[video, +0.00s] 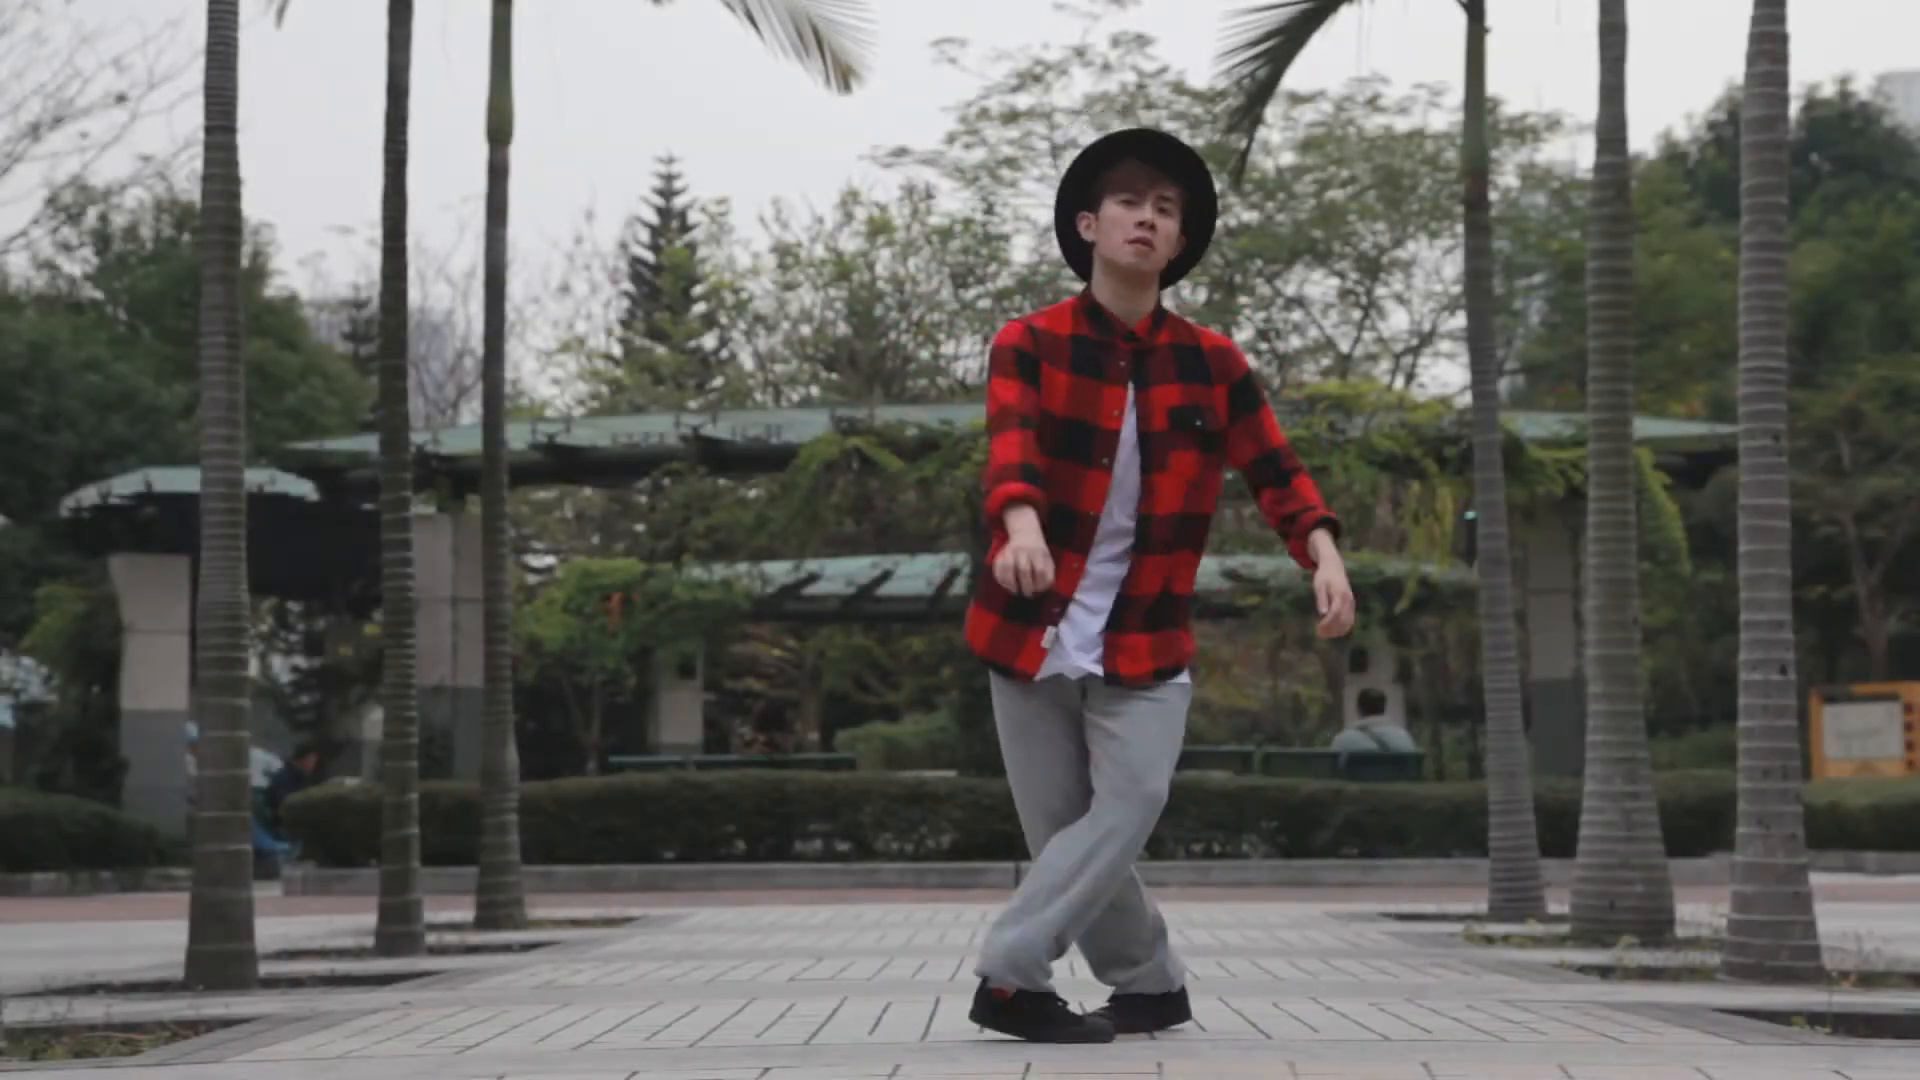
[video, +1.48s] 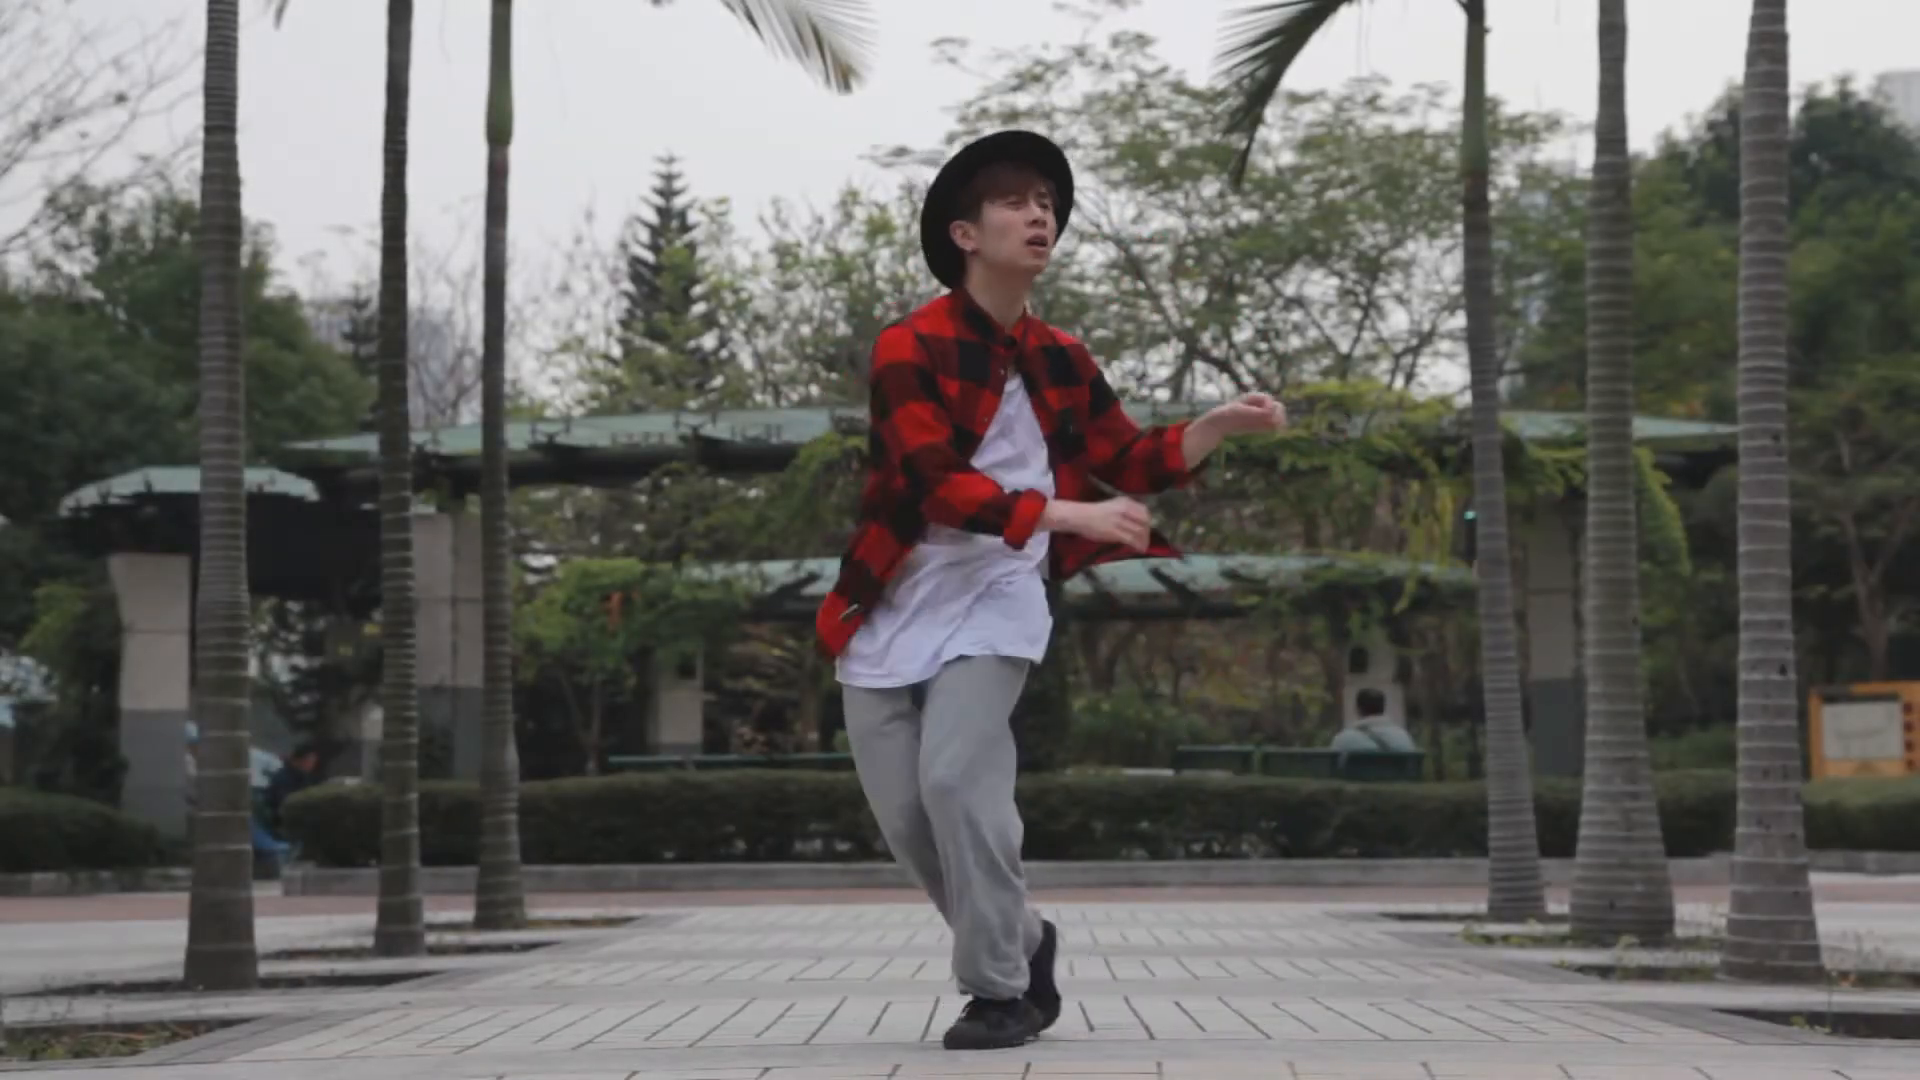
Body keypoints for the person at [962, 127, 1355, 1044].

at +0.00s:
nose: (1145, 216)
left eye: (1165, 205)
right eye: (1126, 199)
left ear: (1183, 237)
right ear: (1085, 224)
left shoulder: (1215, 361)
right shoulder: (1029, 343)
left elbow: (1275, 471)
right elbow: (1012, 448)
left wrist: (1323, 554)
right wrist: (1021, 522)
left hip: (1146, 630)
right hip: (1032, 619)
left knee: (1130, 806)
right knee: (1057, 824)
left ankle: (1010, 971)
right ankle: (1150, 980)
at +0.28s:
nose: (1155, 151)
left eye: (1171, 138)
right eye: (1136, 130)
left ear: (1183, 159)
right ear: (1087, 143)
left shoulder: (1158, 274)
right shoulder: (1046, 237)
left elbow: (1173, 380)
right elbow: (1052, 375)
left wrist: (1187, 402)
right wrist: (1147, 401)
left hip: (1101, 530)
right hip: (1001, 525)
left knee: (1147, 713)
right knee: (1007, 726)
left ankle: (1098, 925)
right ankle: (939, 921)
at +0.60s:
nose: (1078, 172)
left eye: (1095, 157)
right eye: (1055, 161)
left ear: (1127, 186)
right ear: (1025, 196)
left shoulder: (1150, 316)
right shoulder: (976, 294)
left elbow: (1155, 461)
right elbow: (878, 387)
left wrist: (1171, 407)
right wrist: (886, 441)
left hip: (1101, 582)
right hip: (984, 577)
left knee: (1133, 764)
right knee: (928, 758)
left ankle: (1126, 942)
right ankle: (870, 960)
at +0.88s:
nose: (982, 176)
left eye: (1006, 158)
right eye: (965, 162)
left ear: (1049, 184)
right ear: (950, 188)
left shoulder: (1074, 292)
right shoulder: (973, 316)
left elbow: (1105, 412)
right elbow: (970, 449)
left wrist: (1030, 460)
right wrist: (886, 480)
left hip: (1093, 584)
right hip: (996, 583)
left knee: (1108, 786)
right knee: (924, 768)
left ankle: (1234, 979)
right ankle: (976, 961)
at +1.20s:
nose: (986, 173)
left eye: (1006, 160)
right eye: (966, 159)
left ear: (1038, 193)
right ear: (934, 192)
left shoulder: (1087, 305)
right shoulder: (909, 321)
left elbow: (1193, 401)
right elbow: (841, 449)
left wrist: (1302, 477)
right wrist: (850, 419)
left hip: (1039, 586)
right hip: (944, 582)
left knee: (922, 744)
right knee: (984, 809)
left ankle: (908, 973)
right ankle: (1071, 959)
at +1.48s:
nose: (1037, 217)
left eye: (1046, 205)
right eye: (1012, 201)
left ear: (1057, 232)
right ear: (961, 232)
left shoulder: (1059, 357)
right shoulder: (908, 347)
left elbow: (1127, 466)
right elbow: (938, 488)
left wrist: (1212, 427)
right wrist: (1066, 512)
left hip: (993, 598)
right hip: (887, 612)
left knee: (951, 774)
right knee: (905, 827)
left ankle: (996, 991)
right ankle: (1022, 940)